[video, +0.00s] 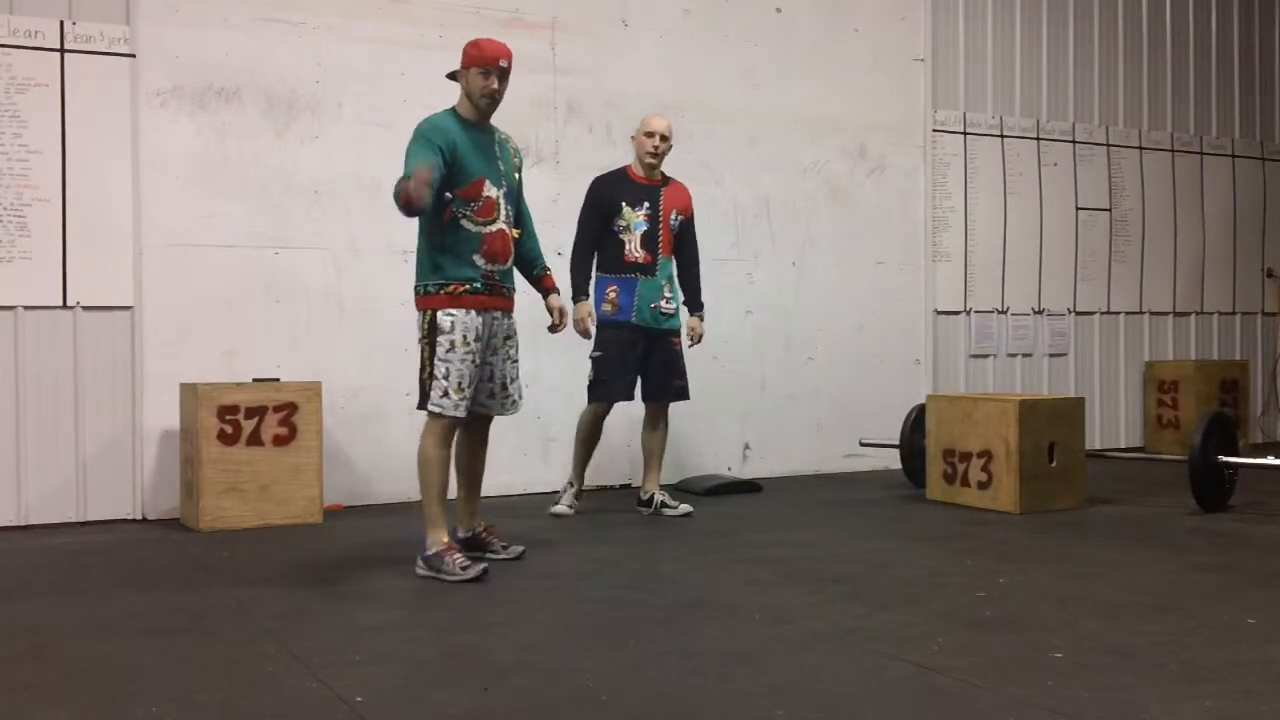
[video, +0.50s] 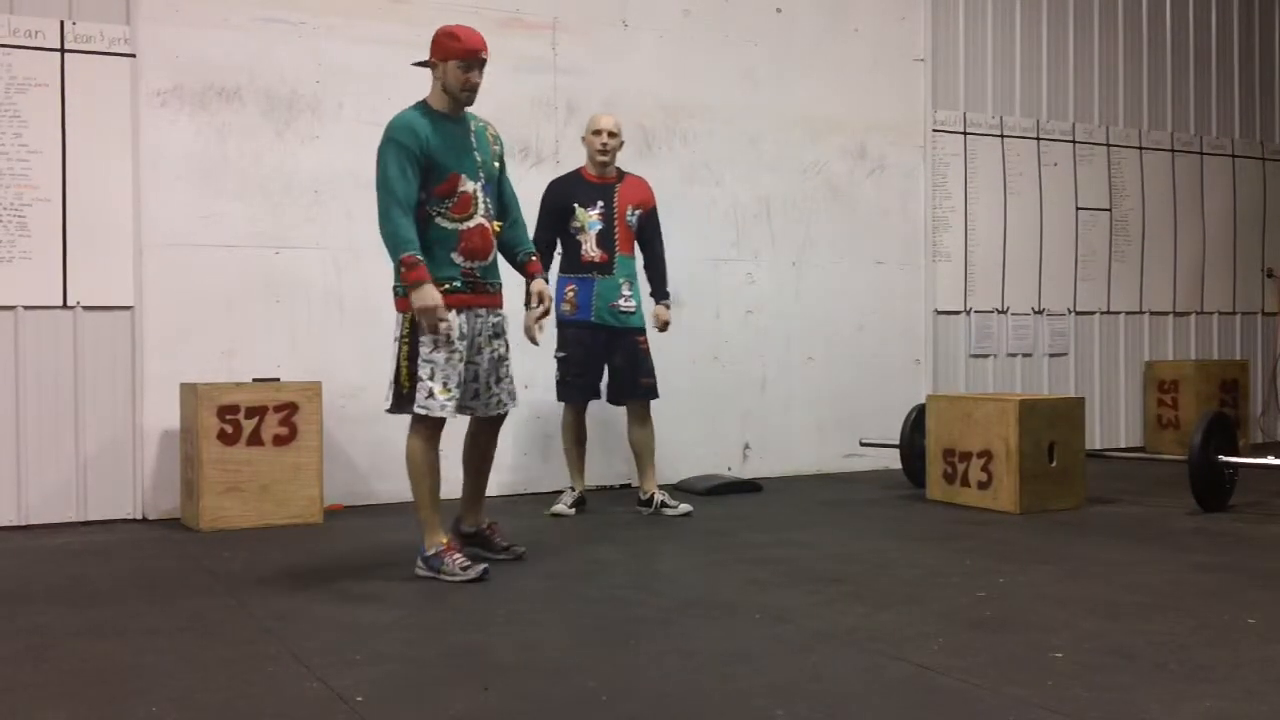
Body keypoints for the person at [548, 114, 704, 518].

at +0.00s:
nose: (657, 144)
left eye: (664, 139)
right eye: (650, 136)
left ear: (670, 146)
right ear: (634, 140)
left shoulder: (679, 195)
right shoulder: (606, 187)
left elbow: (687, 259)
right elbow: (582, 247)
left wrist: (695, 311)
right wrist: (580, 299)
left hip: (663, 319)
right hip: (615, 317)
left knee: (658, 406)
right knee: (600, 403)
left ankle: (650, 491)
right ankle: (573, 485)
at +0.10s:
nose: (648, 143)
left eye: (655, 139)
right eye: (642, 135)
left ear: (662, 147)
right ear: (627, 139)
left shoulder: (671, 194)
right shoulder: (597, 187)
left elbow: (683, 257)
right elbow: (575, 247)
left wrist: (694, 309)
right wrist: (574, 299)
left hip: (657, 319)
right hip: (609, 317)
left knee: (656, 406)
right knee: (594, 405)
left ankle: (650, 491)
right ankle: (578, 489)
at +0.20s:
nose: (638, 142)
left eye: (645, 137)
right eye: (631, 134)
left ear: (652, 145)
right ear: (615, 139)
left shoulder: (663, 192)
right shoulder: (588, 187)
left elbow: (677, 253)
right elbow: (568, 247)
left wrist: (690, 305)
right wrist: (563, 299)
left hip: (650, 319)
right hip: (601, 317)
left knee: (651, 405)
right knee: (589, 405)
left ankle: (650, 490)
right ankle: (577, 489)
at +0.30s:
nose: (625, 140)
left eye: (633, 135)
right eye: (619, 133)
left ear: (641, 143)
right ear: (605, 140)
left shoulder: (654, 190)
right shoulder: (579, 188)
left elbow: (670, 251)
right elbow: (558, 249)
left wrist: (683, 301)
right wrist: (551, 302)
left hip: (642, 318)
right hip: (593, 317)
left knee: (647, 405)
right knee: (583, 404)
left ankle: (650, 491)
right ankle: (577, 489)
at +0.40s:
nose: (615, 140)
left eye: (622, 134)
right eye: (608, 133)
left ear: (630, 142)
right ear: (594, 139)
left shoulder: (646, 189)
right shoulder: (569, 189)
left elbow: (662, 249)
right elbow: (550, 249)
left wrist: (672, 299)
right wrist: (541, 300)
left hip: (635, 317)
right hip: (585, 317)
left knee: (643, 404)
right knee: (579, 405)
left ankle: (649, 492)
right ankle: (576, 489)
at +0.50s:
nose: (605, 140)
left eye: (612, 134)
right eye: (597, 134)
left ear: (621, 142)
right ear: (585, 140)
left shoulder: (638, 189)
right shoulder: (561, 190)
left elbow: (652, 248)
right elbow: (542, 250)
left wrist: (661, 299)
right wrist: (534, 302)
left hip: (627, 318)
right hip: (577, 318)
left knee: (639, 404)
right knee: (574, 405)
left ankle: (649, 491)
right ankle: (575, 490)